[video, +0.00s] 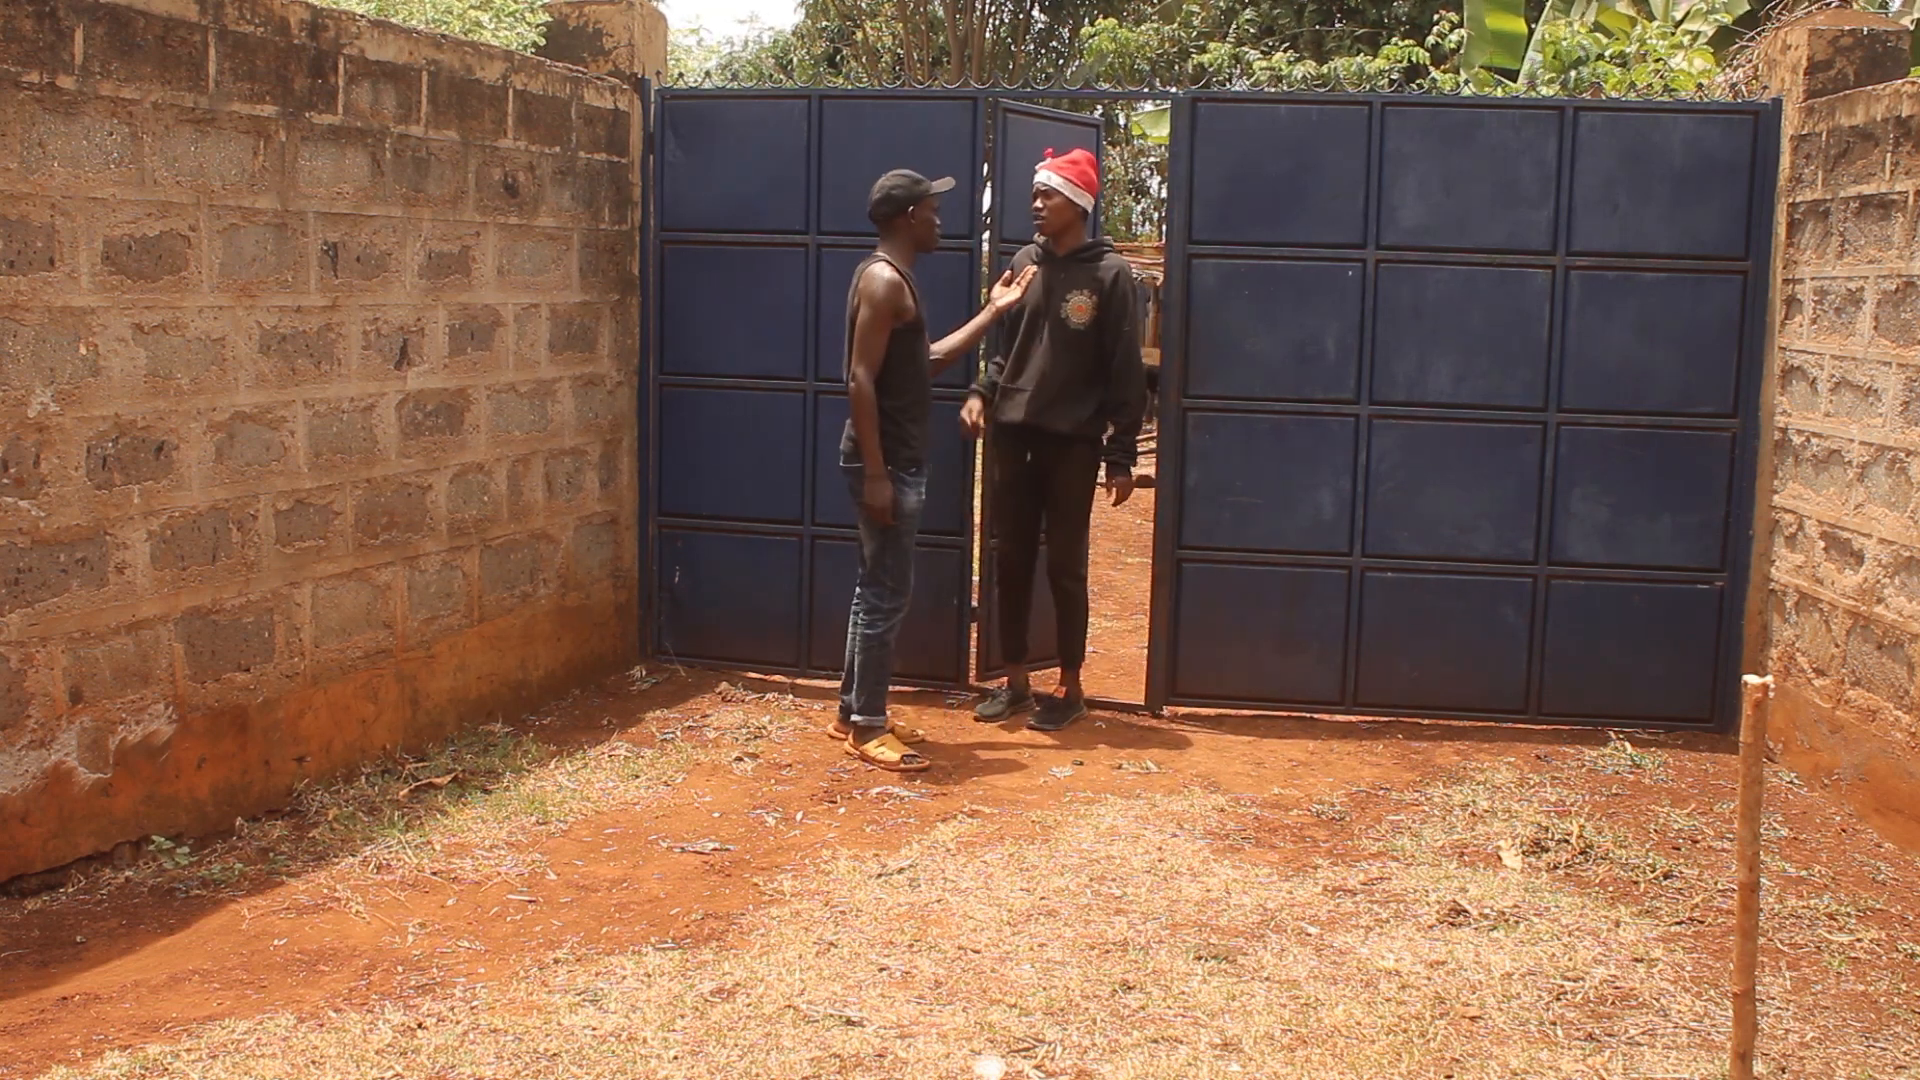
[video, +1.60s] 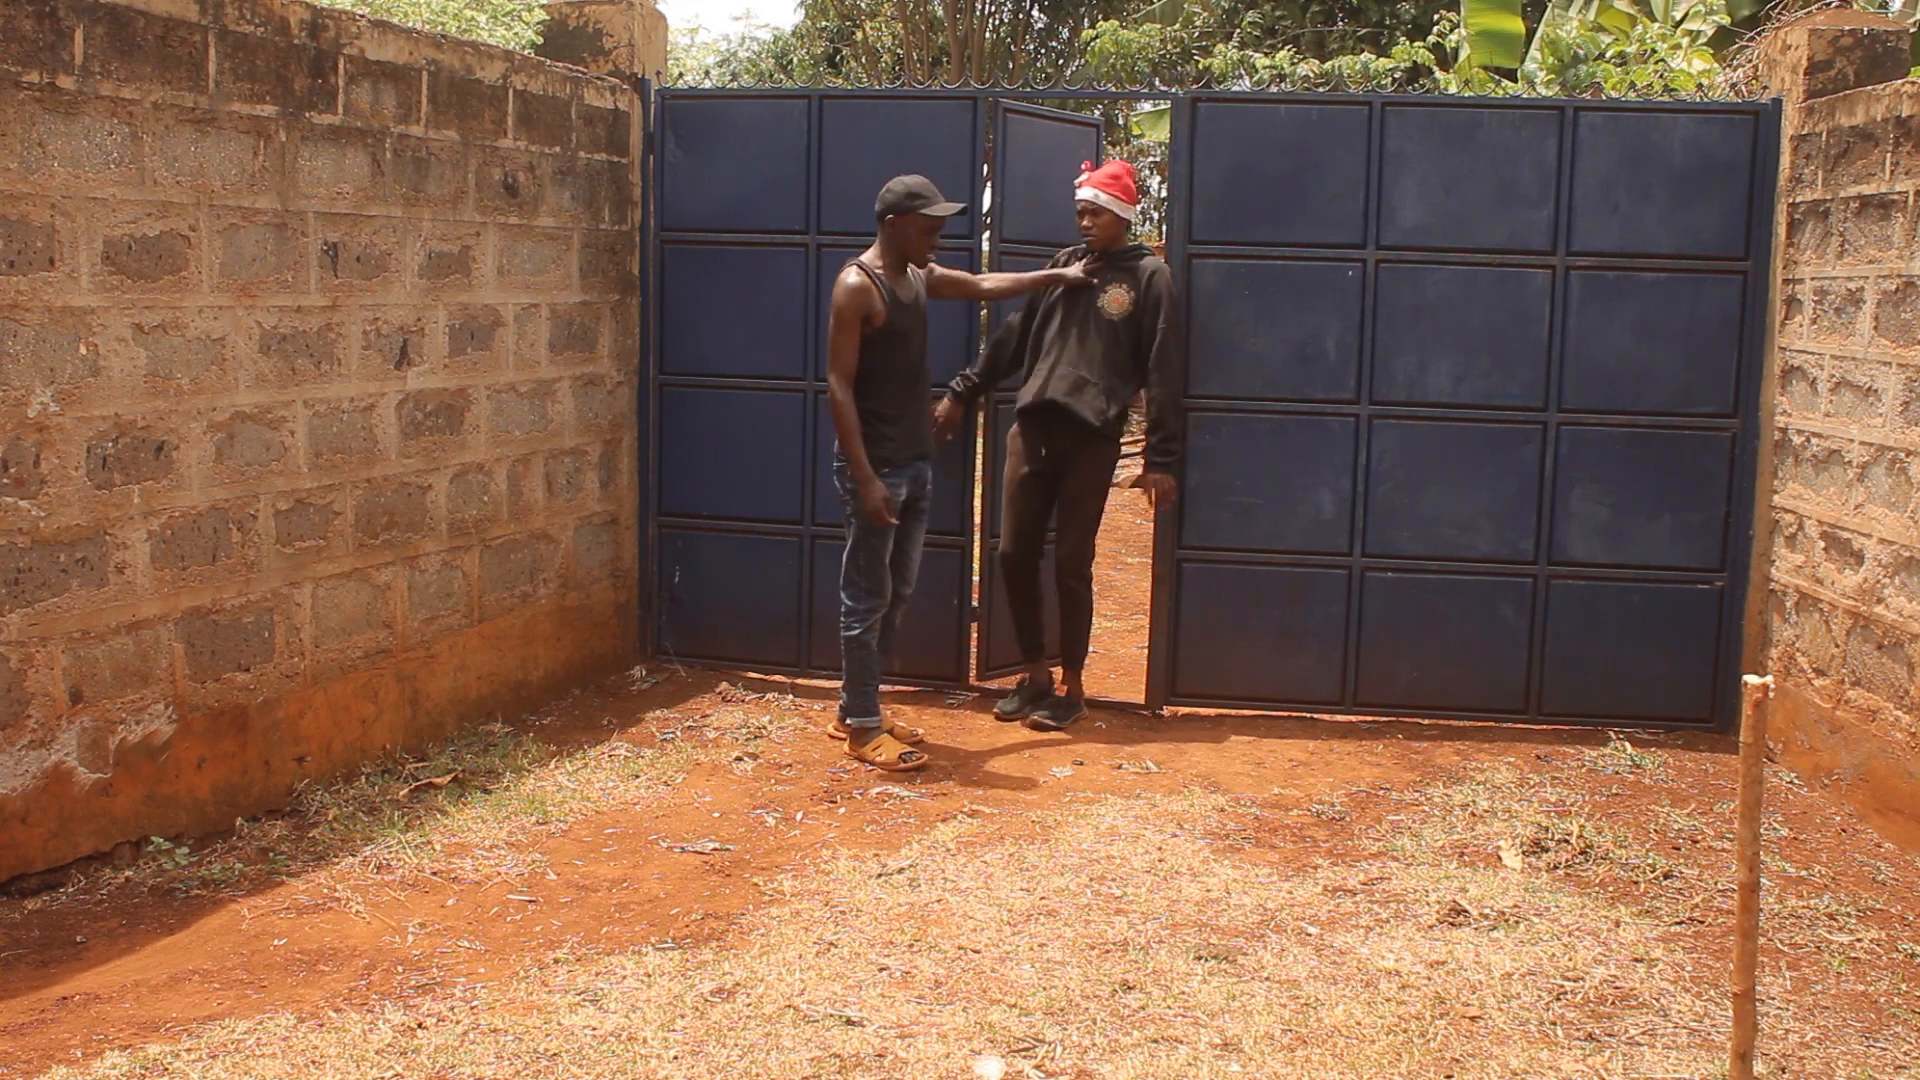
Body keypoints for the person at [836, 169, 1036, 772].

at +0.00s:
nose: (940, 220)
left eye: (937, 210)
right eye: (933, 210)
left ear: (901, 219)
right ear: (908, 217)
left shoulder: (891, 277)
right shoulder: (884, 281)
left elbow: (927, 358)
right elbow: (860, 379)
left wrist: (991, 309)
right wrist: (875, 472)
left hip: (896, 459)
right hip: (887, 463)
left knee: (879, 588)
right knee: (886, 592)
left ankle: (855, 706)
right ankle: (868, 725)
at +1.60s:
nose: (938, 237)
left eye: (940, 227)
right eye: (930, 226)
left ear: (917, 227)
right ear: (892, 223)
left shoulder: (917, 274)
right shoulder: (855, 288)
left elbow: (983, 286)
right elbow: (838, 387)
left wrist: (1055, 275)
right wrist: (863, 477)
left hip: (915, 461)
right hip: (872, 465)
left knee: (896, 593)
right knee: (866, 596)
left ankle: (860, 707)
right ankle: (862, 725)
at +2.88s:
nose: (952, 258)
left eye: (957, 248)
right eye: (946, 245)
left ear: (949, 242)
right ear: (912, 228)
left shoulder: (926, 283)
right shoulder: (859, 277)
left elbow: (950, 331)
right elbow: (811, 363)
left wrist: (1018, 294)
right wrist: (809, 453)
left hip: (904, 465)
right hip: (854, 463)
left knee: (885, 595)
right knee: (845, 593)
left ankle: (860, 713)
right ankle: (811, 725)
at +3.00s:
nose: (939, 256)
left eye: (945, 246)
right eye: (931, 244)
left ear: (942, 240)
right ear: (899, 230)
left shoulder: (925, 285)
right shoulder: (848, 282)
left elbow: (939, 350)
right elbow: (803, 370)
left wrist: (1013, 371)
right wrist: (809, 460)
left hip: (903, 469)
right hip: (848, 465)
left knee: (884, 598)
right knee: (842, 596)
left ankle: (859, 710)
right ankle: (819, 733)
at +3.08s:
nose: (926, 253)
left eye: (933, 244)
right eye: (917, 241)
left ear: (936, 240)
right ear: (886, 230)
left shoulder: (924, 286)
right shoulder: (836, 286)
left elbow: (936, 361)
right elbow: (799, 375)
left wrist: (982, 419)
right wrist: (804, 464)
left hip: (902, 470)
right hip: (844, 469)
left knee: (882, 600)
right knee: (838, 601)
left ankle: (860, 711)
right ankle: (820, 738)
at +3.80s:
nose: (906, 222)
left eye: (903, 212)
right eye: (898, 213)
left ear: (870, 219)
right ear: (871, 219)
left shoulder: (873, 280)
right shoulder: (824, 288)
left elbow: (869, 386)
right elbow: (795, 387)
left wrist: (891, 460)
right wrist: (840, 471)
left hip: (878, 475)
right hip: (833, 478)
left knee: (878, 608)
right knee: (828, 623)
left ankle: (864, 723)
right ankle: (813, 760)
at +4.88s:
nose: (910, 215)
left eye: (905, 205)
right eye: (901, 206)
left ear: (873, 220)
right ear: (872, 220)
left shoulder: (884, 281)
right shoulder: (833, 294)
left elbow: (883, 379)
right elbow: (808, 397)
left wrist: (931, 427)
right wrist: (838, 494)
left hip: (887, 477)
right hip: (841, 483)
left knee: (871, 611)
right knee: (828, 623)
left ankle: (861, 725)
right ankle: (814, 758)